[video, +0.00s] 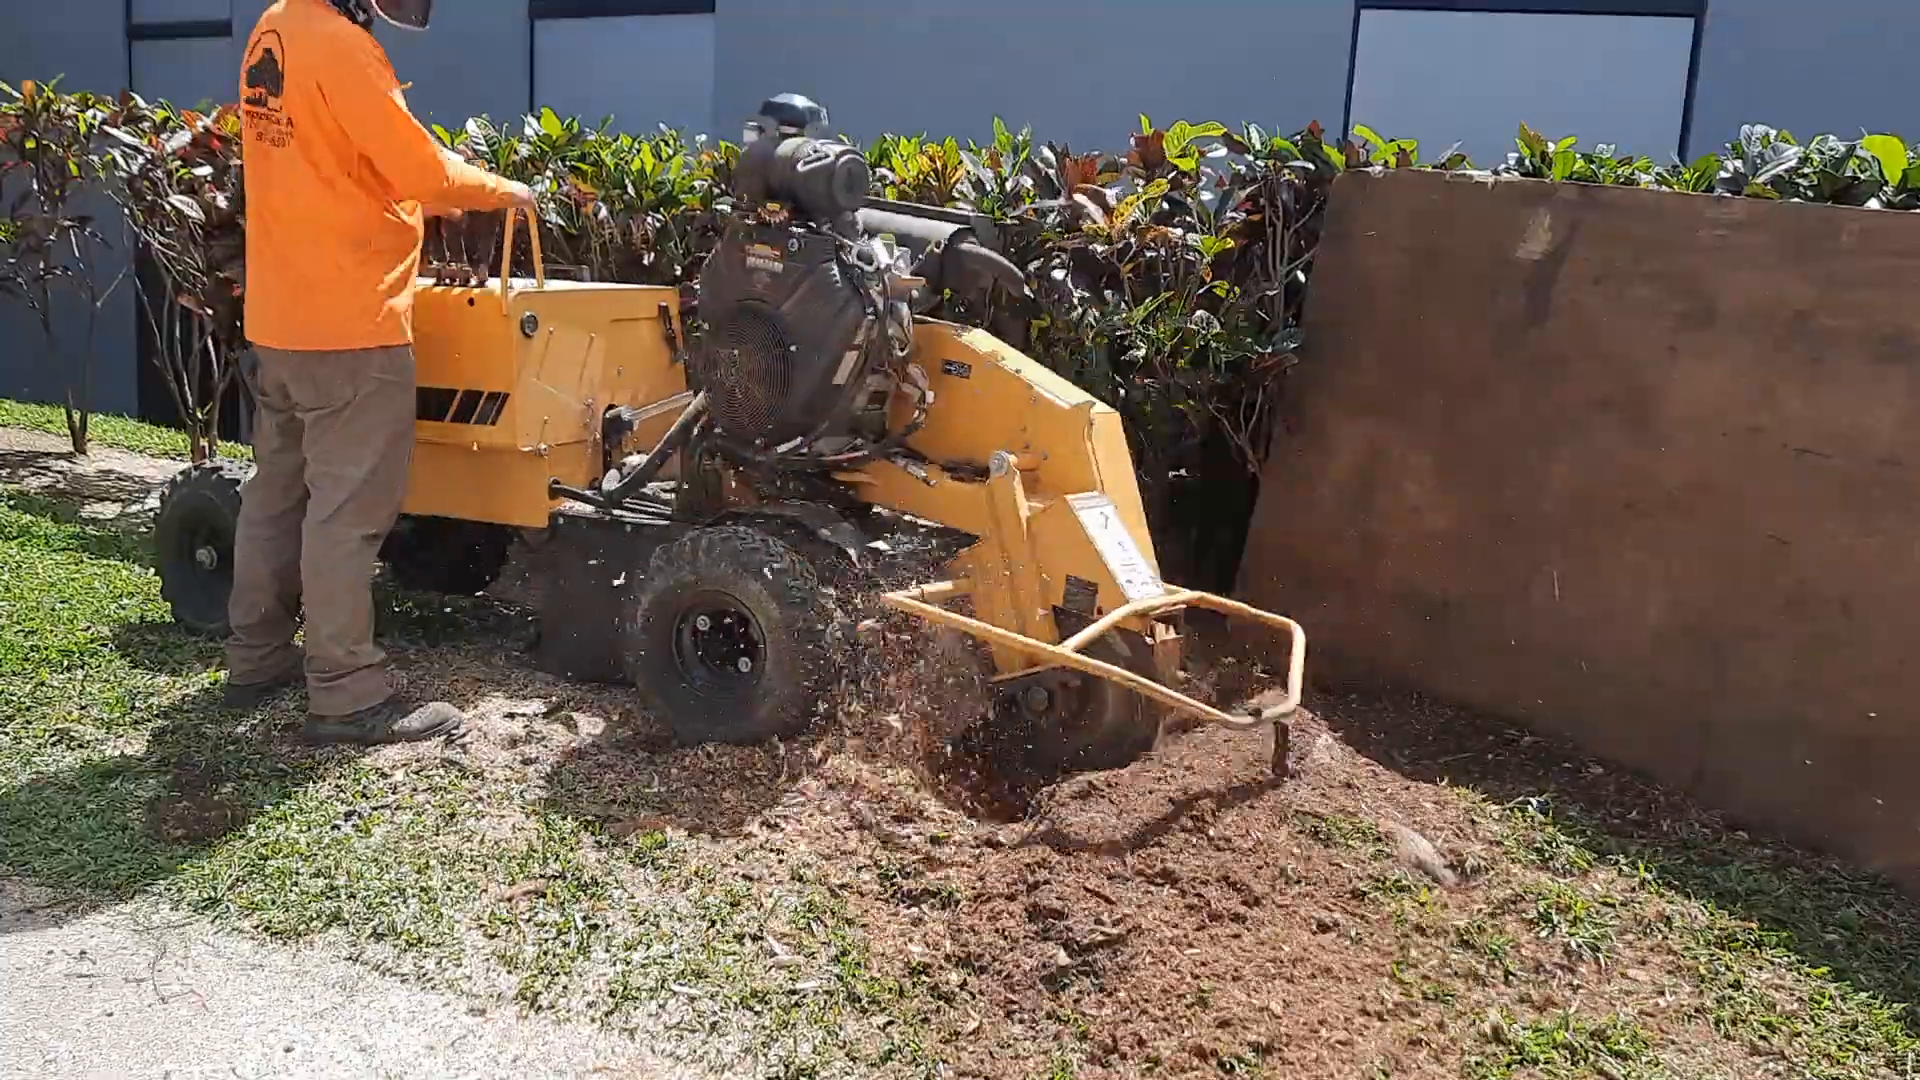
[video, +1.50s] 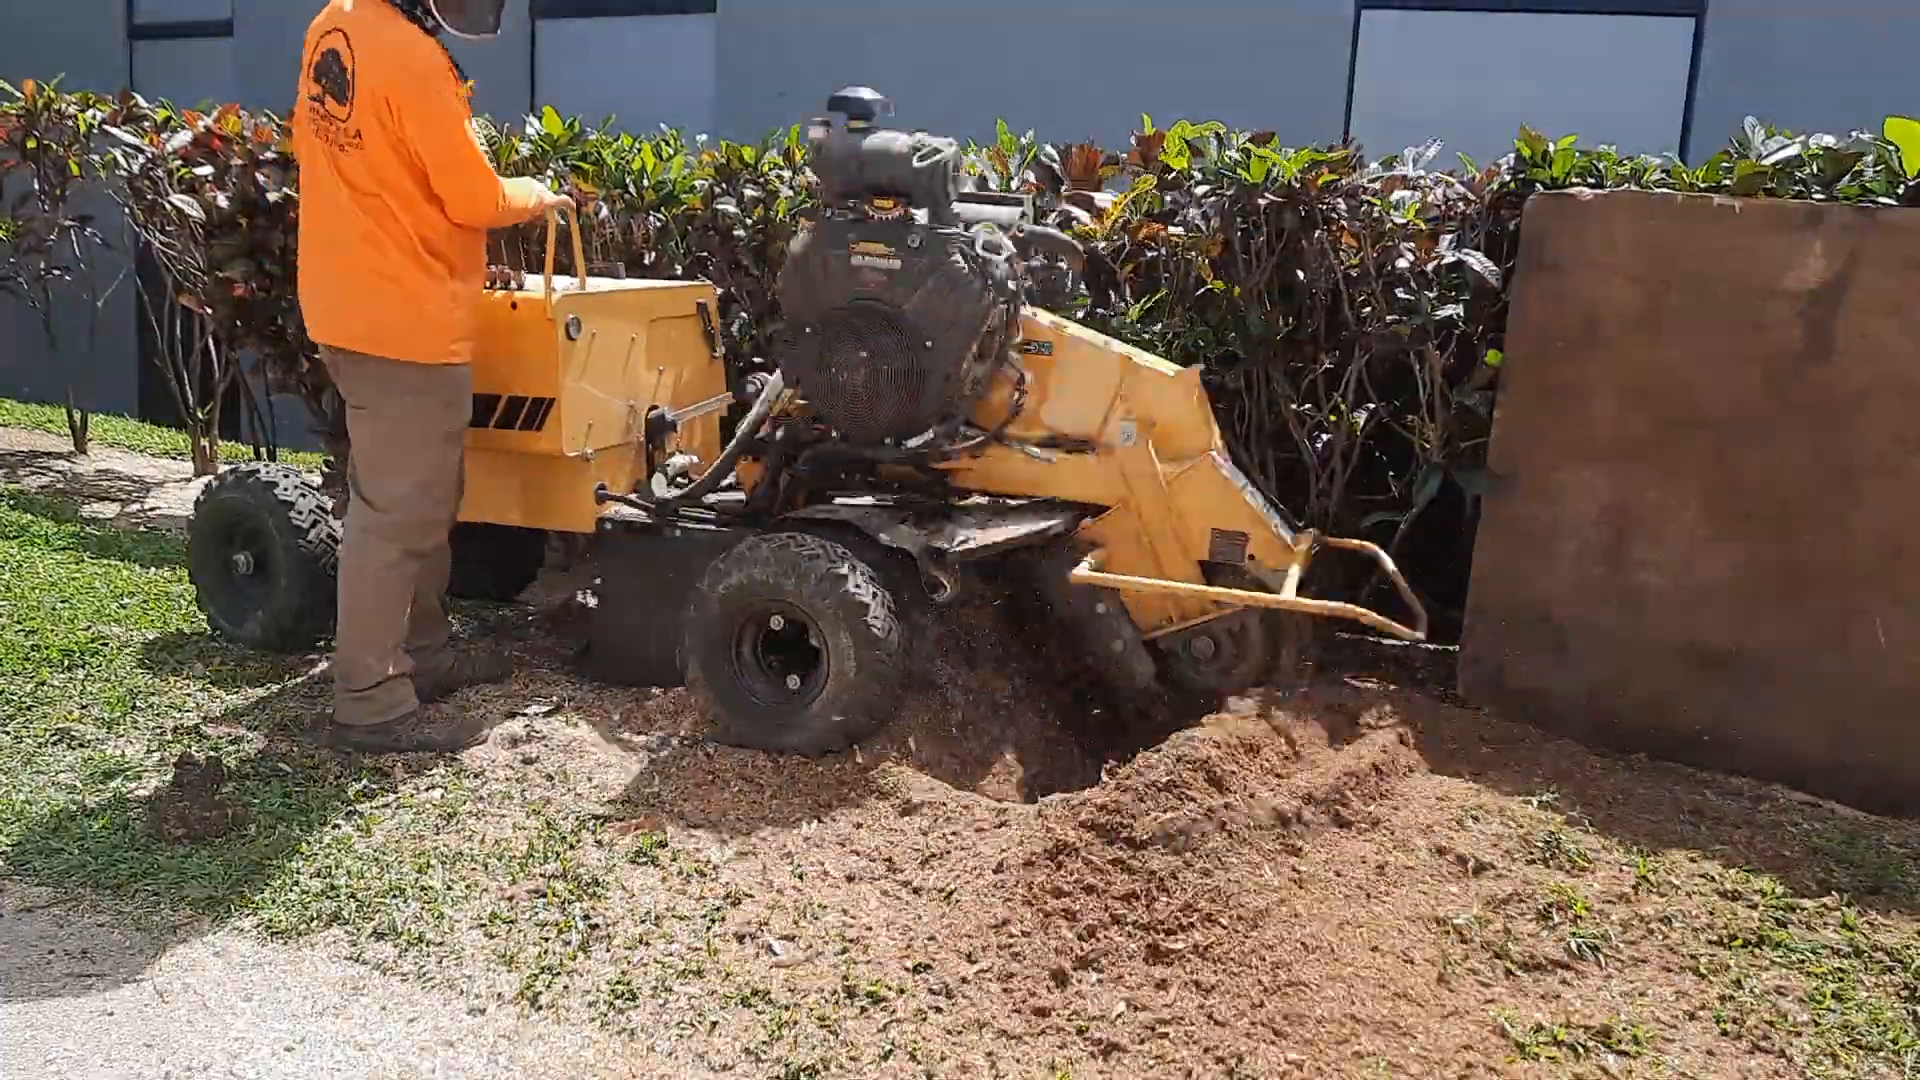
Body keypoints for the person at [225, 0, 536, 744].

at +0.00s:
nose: (409, 13)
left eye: (409, 7)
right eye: (407, 3)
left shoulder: (274, 27)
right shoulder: (346, 49)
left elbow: (344, 159)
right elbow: (422, 173)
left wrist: (449, 174)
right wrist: (499, 191)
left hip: (279, 323)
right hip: (352, 328)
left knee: (276, 495)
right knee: (349, 509)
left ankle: (256, 658)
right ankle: (345, 693)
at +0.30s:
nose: (441, 15)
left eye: (441, 8)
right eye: (437, 6)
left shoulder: (290, 28)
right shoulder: (374, 52)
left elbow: (356, 159)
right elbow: (447, 168)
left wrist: (457, 190)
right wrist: (507, 192)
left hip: (322, 313)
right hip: (372, 319)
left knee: (401, 480)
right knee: (352, 502)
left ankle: (413, 634)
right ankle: (326, 696)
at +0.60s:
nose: (434, 26)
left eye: (440, 19)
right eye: (435, 16)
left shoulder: (335, 24)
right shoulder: (362, 44)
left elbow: (373, 158)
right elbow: (422, 189)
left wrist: (450, 180)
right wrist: (476, 193)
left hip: (318, 287)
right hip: (360, 280)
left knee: (323, 488)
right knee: (549, 333)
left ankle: (294, 666)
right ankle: (617, 520)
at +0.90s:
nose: (479, 8)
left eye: (480, 4)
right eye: (474, 2)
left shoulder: (315, 25)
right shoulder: (437, 61)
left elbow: (297, 153)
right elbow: (501, 196)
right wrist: (529, 194)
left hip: (334, 315)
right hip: (411, 327)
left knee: (351, 491)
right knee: (398, 515)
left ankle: (302, 666)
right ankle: (373, 707)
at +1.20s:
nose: (481, 16)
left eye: (483, 9)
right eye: (480, 6)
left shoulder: (317, 24)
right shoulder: (420, 50)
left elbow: (309, 163)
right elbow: (490, 191)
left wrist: (458, 196)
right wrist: (516, 197)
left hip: (349, 317)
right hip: (399, 328)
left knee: (422, 497)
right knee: (389, 514)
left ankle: (425, 656)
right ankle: (371, 706)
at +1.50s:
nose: (476, 27)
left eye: (481, 19)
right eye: (477, 16)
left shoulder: (335, 20)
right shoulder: (417, 61)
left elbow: (366, 160)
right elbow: (474, 201)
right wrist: (540, 197)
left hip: (351, 312)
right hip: (406, 323)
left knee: (419, 494)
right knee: (398, 508)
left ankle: (425, 657)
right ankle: (369, 708)